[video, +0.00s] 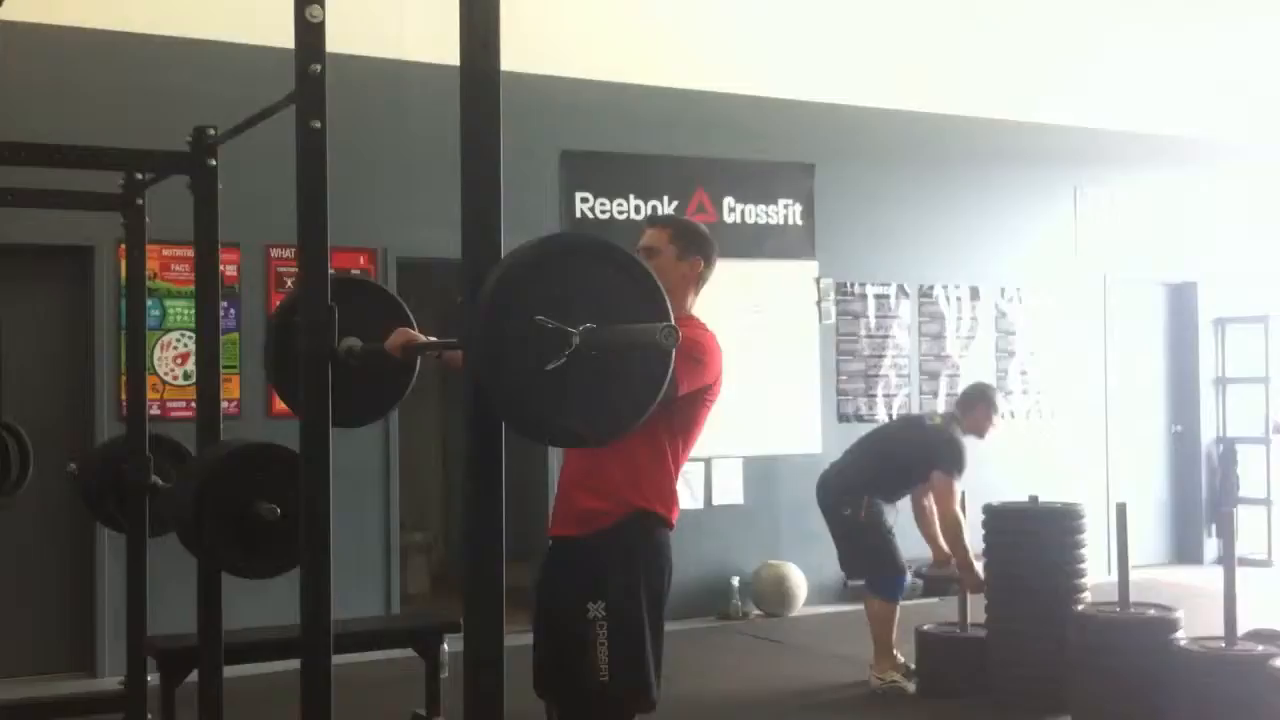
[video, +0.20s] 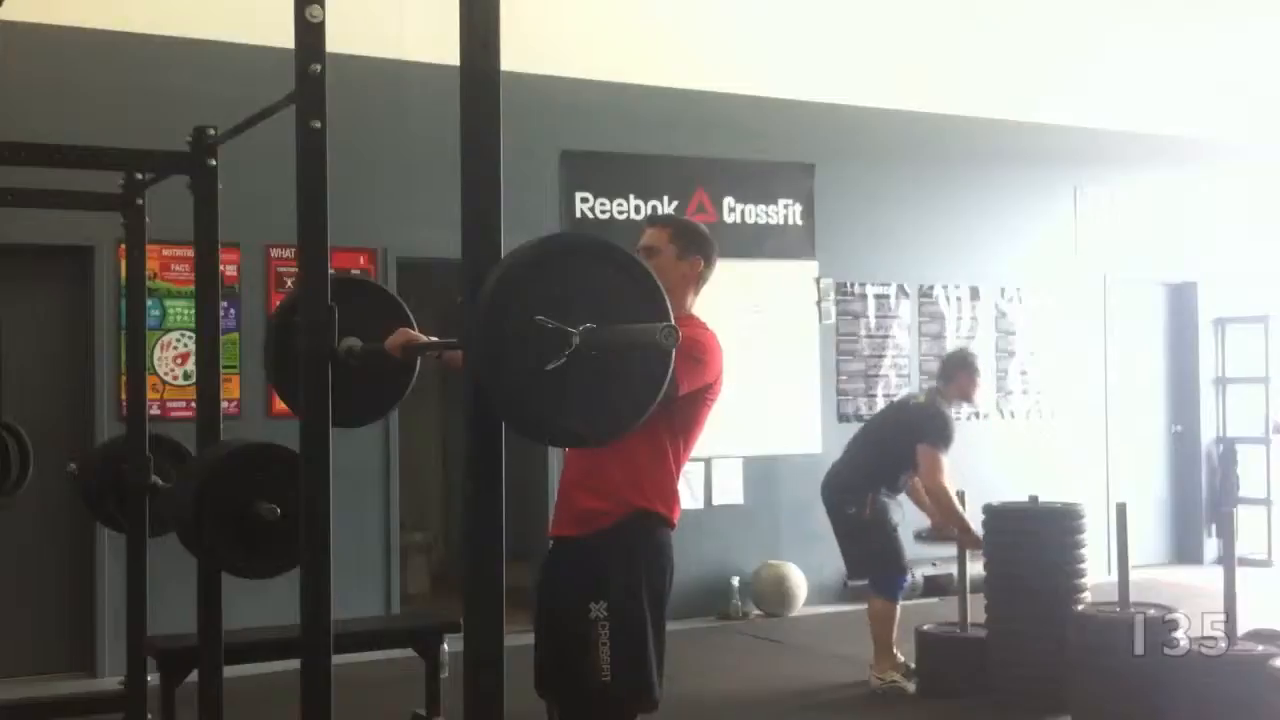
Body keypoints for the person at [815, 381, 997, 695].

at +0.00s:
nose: (992, 422)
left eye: (994, 415)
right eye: (991, 414)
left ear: (965, 407)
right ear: (976, 409)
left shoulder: (930, 427)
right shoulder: (947, 443)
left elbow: (921, 500)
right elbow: (950, 512)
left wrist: (939, 549)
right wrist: (968, 569)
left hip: (843, 488)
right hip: (852, 494)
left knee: (885, 575)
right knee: (889, 576)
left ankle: (887, 658)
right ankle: (882, 667)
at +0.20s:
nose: (977, 385)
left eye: (977, 378)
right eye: (974, 378)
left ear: (948, 378)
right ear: (959, 378)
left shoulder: (916, 407)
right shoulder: (933, 415)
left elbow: (909, 479)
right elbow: (932, 483)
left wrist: (939, 519)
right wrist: (967, 533)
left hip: (851, 487)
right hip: (857, 492)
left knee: (888, 575)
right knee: (890, 576)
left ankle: (887, 659)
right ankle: (882, 668)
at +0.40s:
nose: (949, 347)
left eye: (947, 340)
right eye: (943, 340)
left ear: (922, 345)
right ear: (927, 344)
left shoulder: (909, 385)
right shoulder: (908, 386)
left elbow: (908, 450)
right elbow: (908, 446)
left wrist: (941, 478)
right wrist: (955, 476)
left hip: (875, 490)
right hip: (868, 492)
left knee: (890, 576)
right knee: (890, 577)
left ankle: (886, 659)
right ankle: (882, 667)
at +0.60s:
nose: (929, 334)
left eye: (928, 328)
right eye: (922, 328)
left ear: (910, 335)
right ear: (898, 334)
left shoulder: (904, 378)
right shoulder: (879, 374)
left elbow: (897, 436)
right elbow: (872, 427)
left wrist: (931, 458)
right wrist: (926, 451)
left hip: (890, 493)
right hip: (863, 493)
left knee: (893, 576)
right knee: (868, 579)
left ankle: (886, 654)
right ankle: (878, 665)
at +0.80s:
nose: (895, 328)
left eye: (897, 321)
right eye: (886, 323)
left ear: (901, 325)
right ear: (870, 330)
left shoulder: (907, 378)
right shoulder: (853, 373)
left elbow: (909, 432)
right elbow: (836, 425)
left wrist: (933, 455)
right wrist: (881, 448)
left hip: (890, 490)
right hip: (853, 491)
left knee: (890, 573)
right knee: (854, 574)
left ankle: (882, 655)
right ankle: (844, 662)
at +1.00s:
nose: (861, 326)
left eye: (866, 320)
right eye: (853, 321)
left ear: (876, 326)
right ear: (844, 329)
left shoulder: (898, 379)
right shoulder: (827, 376)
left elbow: (907, 427)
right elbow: (804, 428)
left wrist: (915, 452)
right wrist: (829, 451)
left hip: (883, 485)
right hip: (841, 485)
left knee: (884, 572)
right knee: (832, 574)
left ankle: (882, 655)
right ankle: (813, 661)